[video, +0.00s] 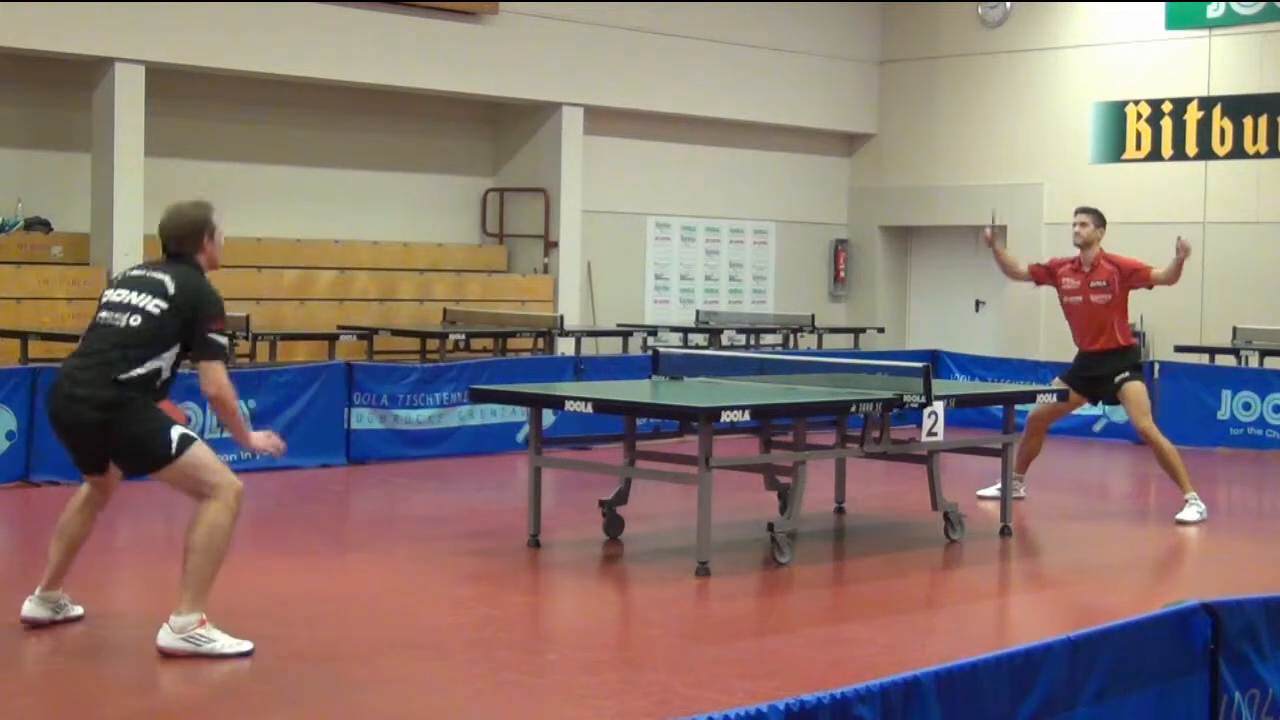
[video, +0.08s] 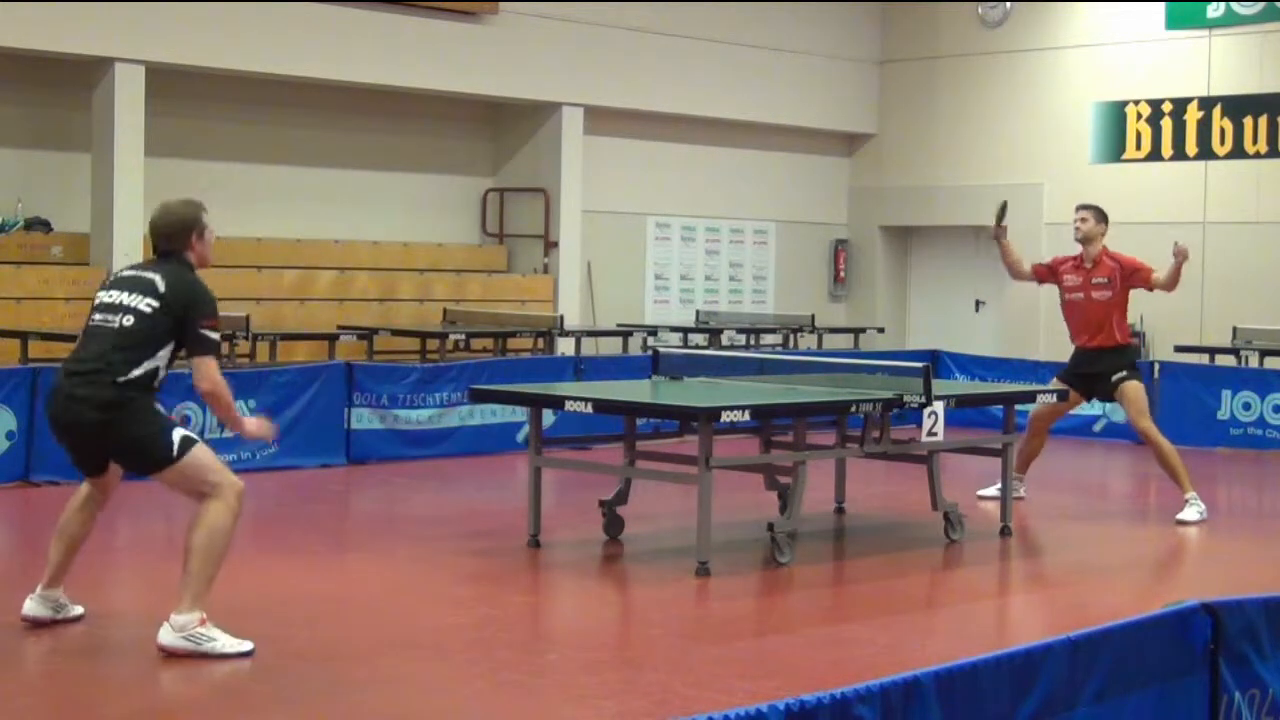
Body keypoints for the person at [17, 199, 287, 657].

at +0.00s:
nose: (221, 241)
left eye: (218, 234)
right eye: (217, 235)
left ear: (168, 243)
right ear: (204, 243)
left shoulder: (130, 275)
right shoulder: (200, 293)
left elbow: (106, 349)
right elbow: (216, 387)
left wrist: (158, 405)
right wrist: (247, 437)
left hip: (65, 399)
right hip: (119, 406)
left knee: (101, 481)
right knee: (224, 491)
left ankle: (46, 595)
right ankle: (187, 622)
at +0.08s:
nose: (212, 241)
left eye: (208, 233)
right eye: (207, 235)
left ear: (161, 241)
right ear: (193, 242)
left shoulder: (123, 276)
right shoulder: (193, 291)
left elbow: (100, 347)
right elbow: (208, 384)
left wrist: (142, 406)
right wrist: (240, 424)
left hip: (66, 403)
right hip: (119, 407)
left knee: (101, 480)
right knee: (225, 491)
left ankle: (47, 594)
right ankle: (187, 620)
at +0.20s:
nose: (199, 219)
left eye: (195, 210)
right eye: (194, 211)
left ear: (146, 221)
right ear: (180, 219)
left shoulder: (110, 261)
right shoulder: (184, 268)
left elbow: (78, 334)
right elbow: (227, 353)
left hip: (68, 395)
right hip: (122, 400)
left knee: (96, 477)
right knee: (222, 486)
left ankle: (47, 592)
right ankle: (187, 617)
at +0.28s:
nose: (191, 204)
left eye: (188, 196)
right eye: (186, 197)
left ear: (137, 208)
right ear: (172, 206)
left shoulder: (101, 254)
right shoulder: (184, 257)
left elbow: (68, 340)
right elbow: (240, 331)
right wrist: (263, 311)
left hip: (71, 388)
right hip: (124, 393)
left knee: (92, 482)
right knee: (220, 487)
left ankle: (48, 593)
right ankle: (185, 620)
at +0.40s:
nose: (186, 184)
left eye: (182, 176)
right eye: (180, 179)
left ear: (133, 195)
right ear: (165, 192)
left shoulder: (97, 244)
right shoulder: (182, 244)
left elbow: (65, 332)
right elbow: (243, 302)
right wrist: (263, 274)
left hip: (74, 383)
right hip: (130, 387)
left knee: (84, 484)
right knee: (220, 489)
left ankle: (51, 592)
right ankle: (186, 622)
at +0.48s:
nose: (185, 170)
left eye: (179, 162)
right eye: (176, 165)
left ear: (132, 186)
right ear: (158, 182)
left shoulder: (93, 237)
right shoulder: (179, 234)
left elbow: (66, 324)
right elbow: (240, 289)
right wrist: (258, 261)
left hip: (75, 379)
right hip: (130, 384)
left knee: (84, 481)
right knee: (214, 488)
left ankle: (52, 593)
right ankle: (185, 623)